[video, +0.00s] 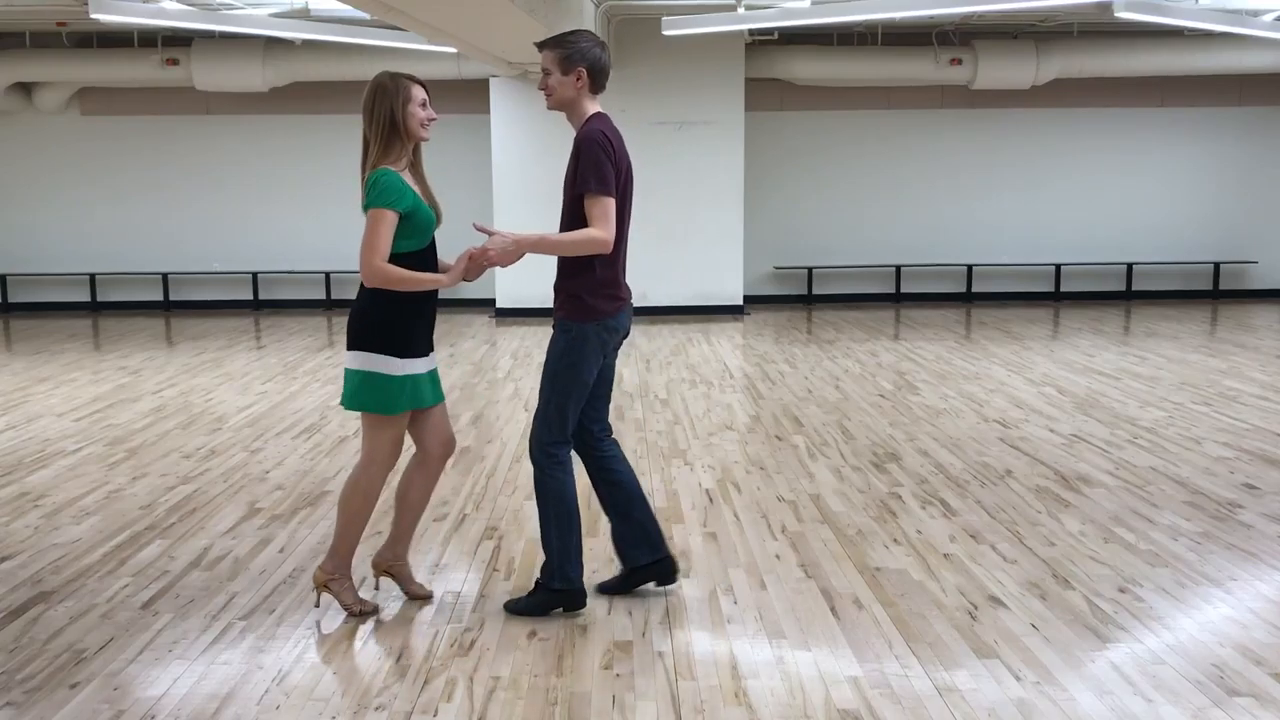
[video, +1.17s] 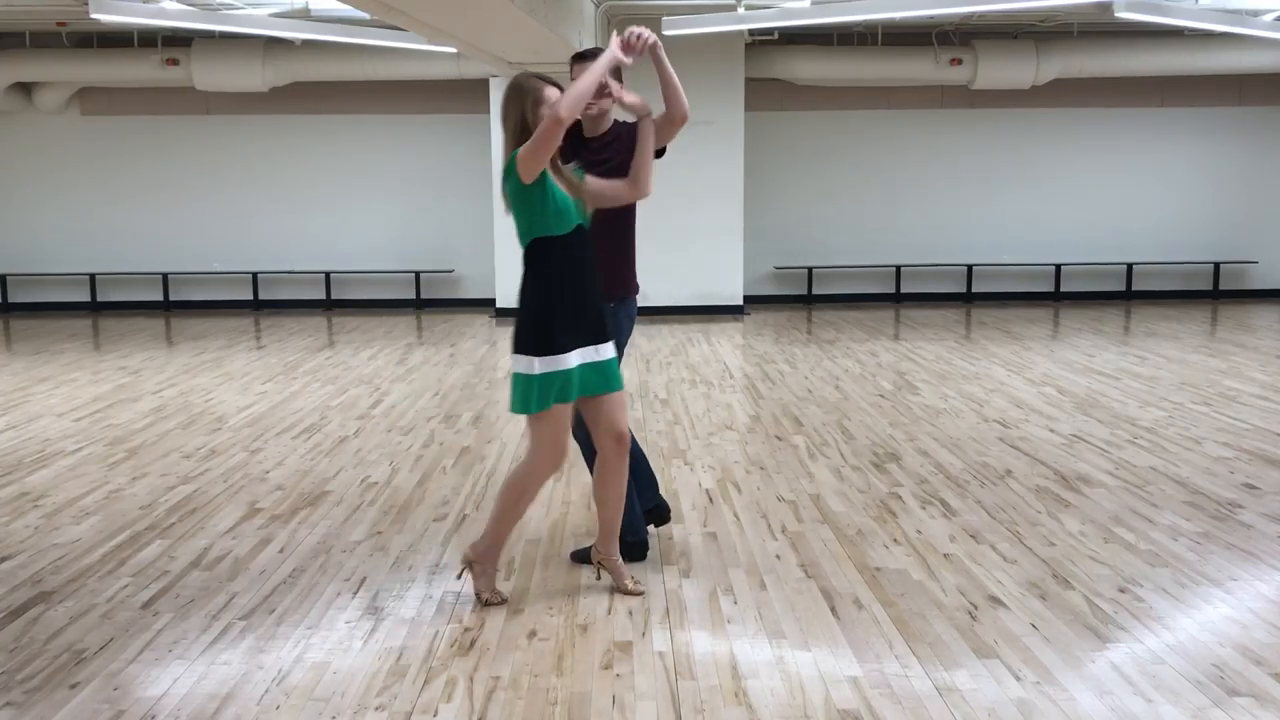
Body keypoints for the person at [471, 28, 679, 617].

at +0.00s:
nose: (540, 84)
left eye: (547, 74)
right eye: (541, 74)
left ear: (579, 77)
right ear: (580, 78)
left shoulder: (595, 139)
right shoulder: (601, 135)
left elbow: (602, 236)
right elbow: (593, 238)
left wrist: (525, 243)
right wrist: (520, 244)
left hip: (586, 317)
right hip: (603, 313)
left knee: (550, 444)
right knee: (591, 434)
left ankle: (562, 583)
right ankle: (648, 558)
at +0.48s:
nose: (564, 93)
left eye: (572, 83)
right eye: (563, 83)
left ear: (607, 85)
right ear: (599, 89)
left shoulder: (622, 139)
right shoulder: (614, 139)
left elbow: (666, 215)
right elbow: (601, 211)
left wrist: (599, 194)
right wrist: (550, 187)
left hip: (614, 313)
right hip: (640, 309)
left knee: (574, 423)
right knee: (633, 427)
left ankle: (615, 537)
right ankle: (677, 555)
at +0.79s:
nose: (572, 102)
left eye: (581, 93)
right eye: (570, 93)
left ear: (613, 96)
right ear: (584, 99)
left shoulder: (628, 150)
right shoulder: (590, 153)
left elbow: (673, 205)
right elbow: (543, 188)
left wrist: (659, 149)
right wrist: (542, 162)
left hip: (606, 314)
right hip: (627, 308)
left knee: (588, 429)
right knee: (615, 421)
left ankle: (628, 538)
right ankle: (683, 519)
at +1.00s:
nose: (578, 97)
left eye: (589, 88)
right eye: (574, 89)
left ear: (618, 91)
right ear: (572, 95)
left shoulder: (627, 145)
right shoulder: (575, 144)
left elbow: (678, 160)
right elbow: (517, 154)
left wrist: (664, 100)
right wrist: (554, 125)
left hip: (607, 303)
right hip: (605, 301)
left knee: (590, 423)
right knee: (597, 415)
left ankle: (628, 536)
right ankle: (669, 508)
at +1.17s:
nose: (593, 94)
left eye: (602, 86)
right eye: (583, 85)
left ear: (617, 91)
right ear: (567, 94)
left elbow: (678, 115)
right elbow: (561, 112)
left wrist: (658, 55)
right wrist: (609, 59)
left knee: (588, 417)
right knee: (591, 411)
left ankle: (628, 533)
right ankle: (647, 502)